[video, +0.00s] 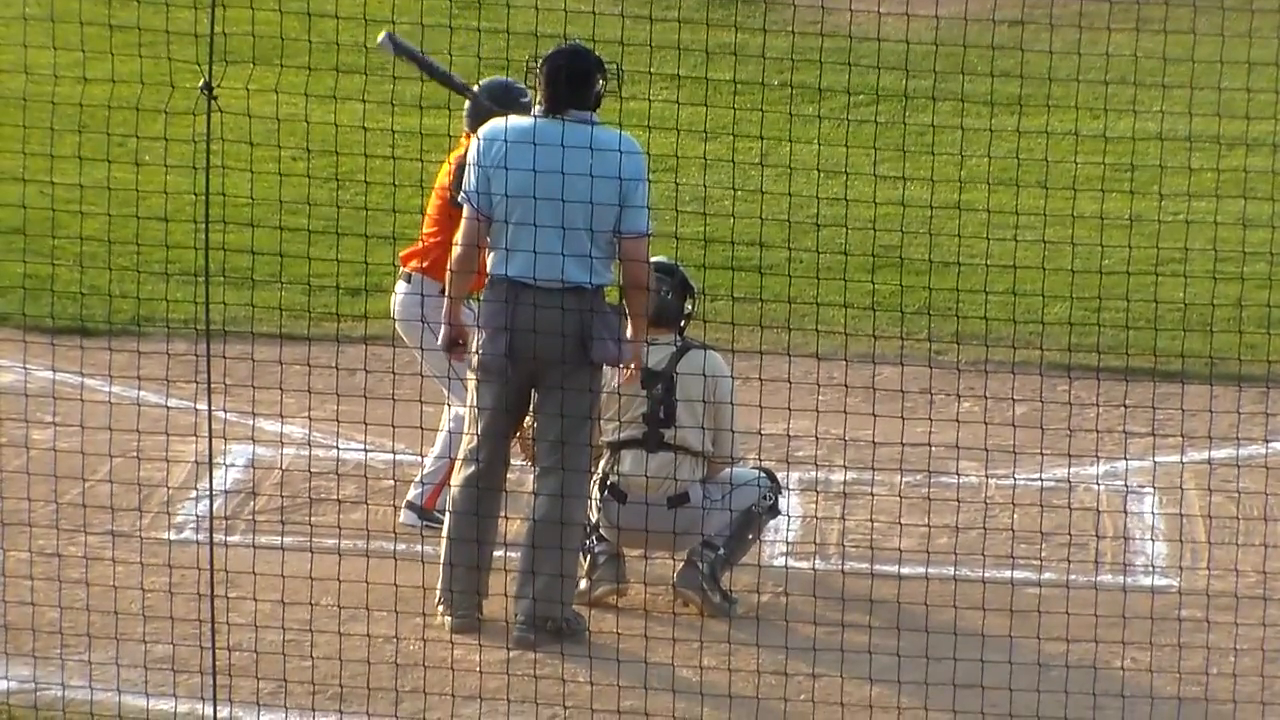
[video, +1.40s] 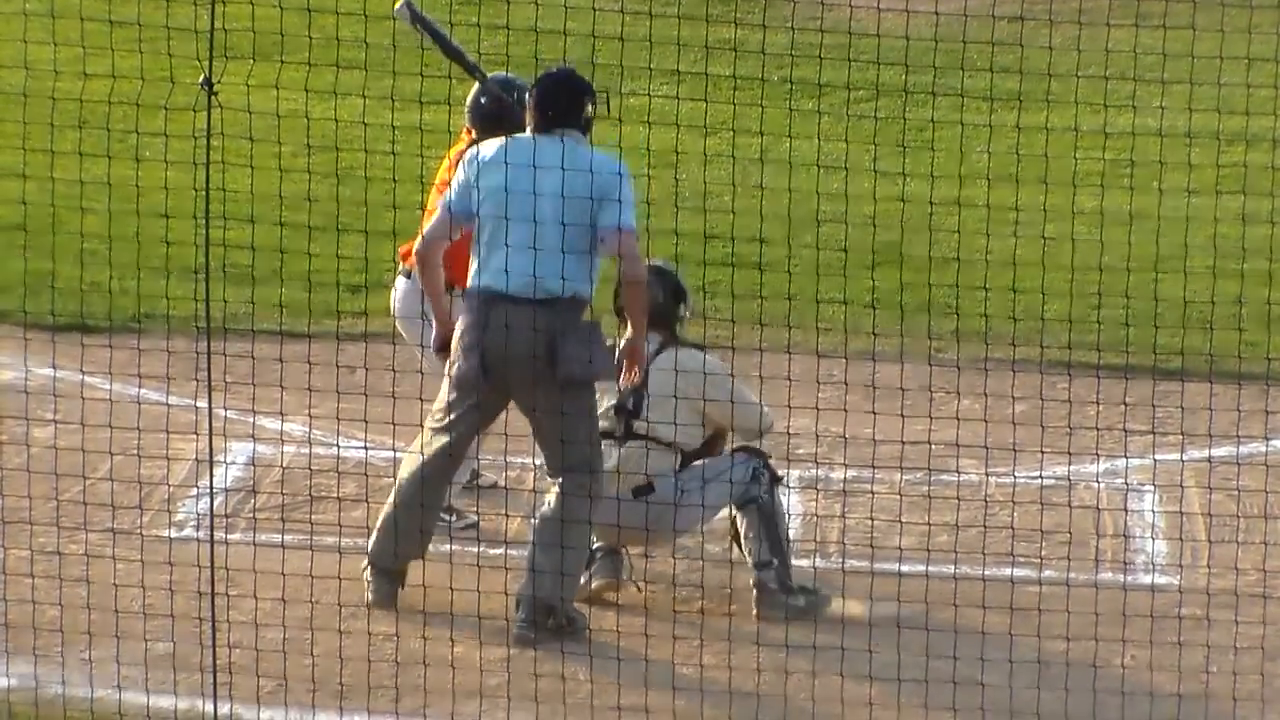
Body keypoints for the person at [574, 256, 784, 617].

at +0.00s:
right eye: (684, 300)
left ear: (631, 305)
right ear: (681, 310)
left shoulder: (607, 359)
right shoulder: (708, 363)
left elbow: (589, 444)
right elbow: (723, 456)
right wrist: (687, 479)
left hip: (616, 515)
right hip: (682, 517)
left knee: (590, 474)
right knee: (764, 486)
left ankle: (603, 561)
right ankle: (703, 567)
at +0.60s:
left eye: (634, 291)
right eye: (686, 296)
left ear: (630, 302)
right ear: (682, 307)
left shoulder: (606, 357)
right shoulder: (708, 360)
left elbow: (587, 439)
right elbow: (721, 455)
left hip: (617, 512)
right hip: (682, 513)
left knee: (592, 468)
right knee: (765, 481)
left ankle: (604, 557)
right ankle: (703, 563)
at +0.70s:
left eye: (633, 291)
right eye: (682, 296)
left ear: (629, 302)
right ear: (680, 307)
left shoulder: (606, 357)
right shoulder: (707, 361)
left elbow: (595, 440)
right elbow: (722, 454)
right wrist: (685, 476)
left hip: (618, 512)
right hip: (682, 514)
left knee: (597, 467)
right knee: (763, 481)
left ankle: (603, 557)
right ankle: (703, 564)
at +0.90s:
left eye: (623, 295)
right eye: (672, 298)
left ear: (617, 304)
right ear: (669, 306)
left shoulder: (601, 357)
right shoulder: (700, 359)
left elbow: (583, 440)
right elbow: (726, 445)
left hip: (617, 511)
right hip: (682, 512)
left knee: (590, 462)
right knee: (754, 477)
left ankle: (603, 554)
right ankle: (702, 564)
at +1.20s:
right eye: (659, 298)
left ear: (605, 309)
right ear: (658, 308)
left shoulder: (592, 358)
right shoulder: (686, 357)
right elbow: (746, 413)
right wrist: (702, 424)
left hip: (601, 511)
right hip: (663, 511)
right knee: (749, 444)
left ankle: (608, 555)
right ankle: (718, 551)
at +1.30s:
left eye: (623, 302)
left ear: (614, 308)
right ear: (666, 307)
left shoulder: (593, 355)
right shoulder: (686, 357)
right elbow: (750, 413)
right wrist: (697, 441)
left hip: (591, 506)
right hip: (657, 506)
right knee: (751, 452)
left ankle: (607, 557)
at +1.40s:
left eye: (629, 302)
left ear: (621, 311)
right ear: (675, 312)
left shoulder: (599, 361)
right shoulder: (691, 363)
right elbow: (757, 422)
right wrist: (715, 435)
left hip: (592, 508)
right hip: (653, 510)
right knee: (751, 468)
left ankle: (604, 563)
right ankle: (774, 588)